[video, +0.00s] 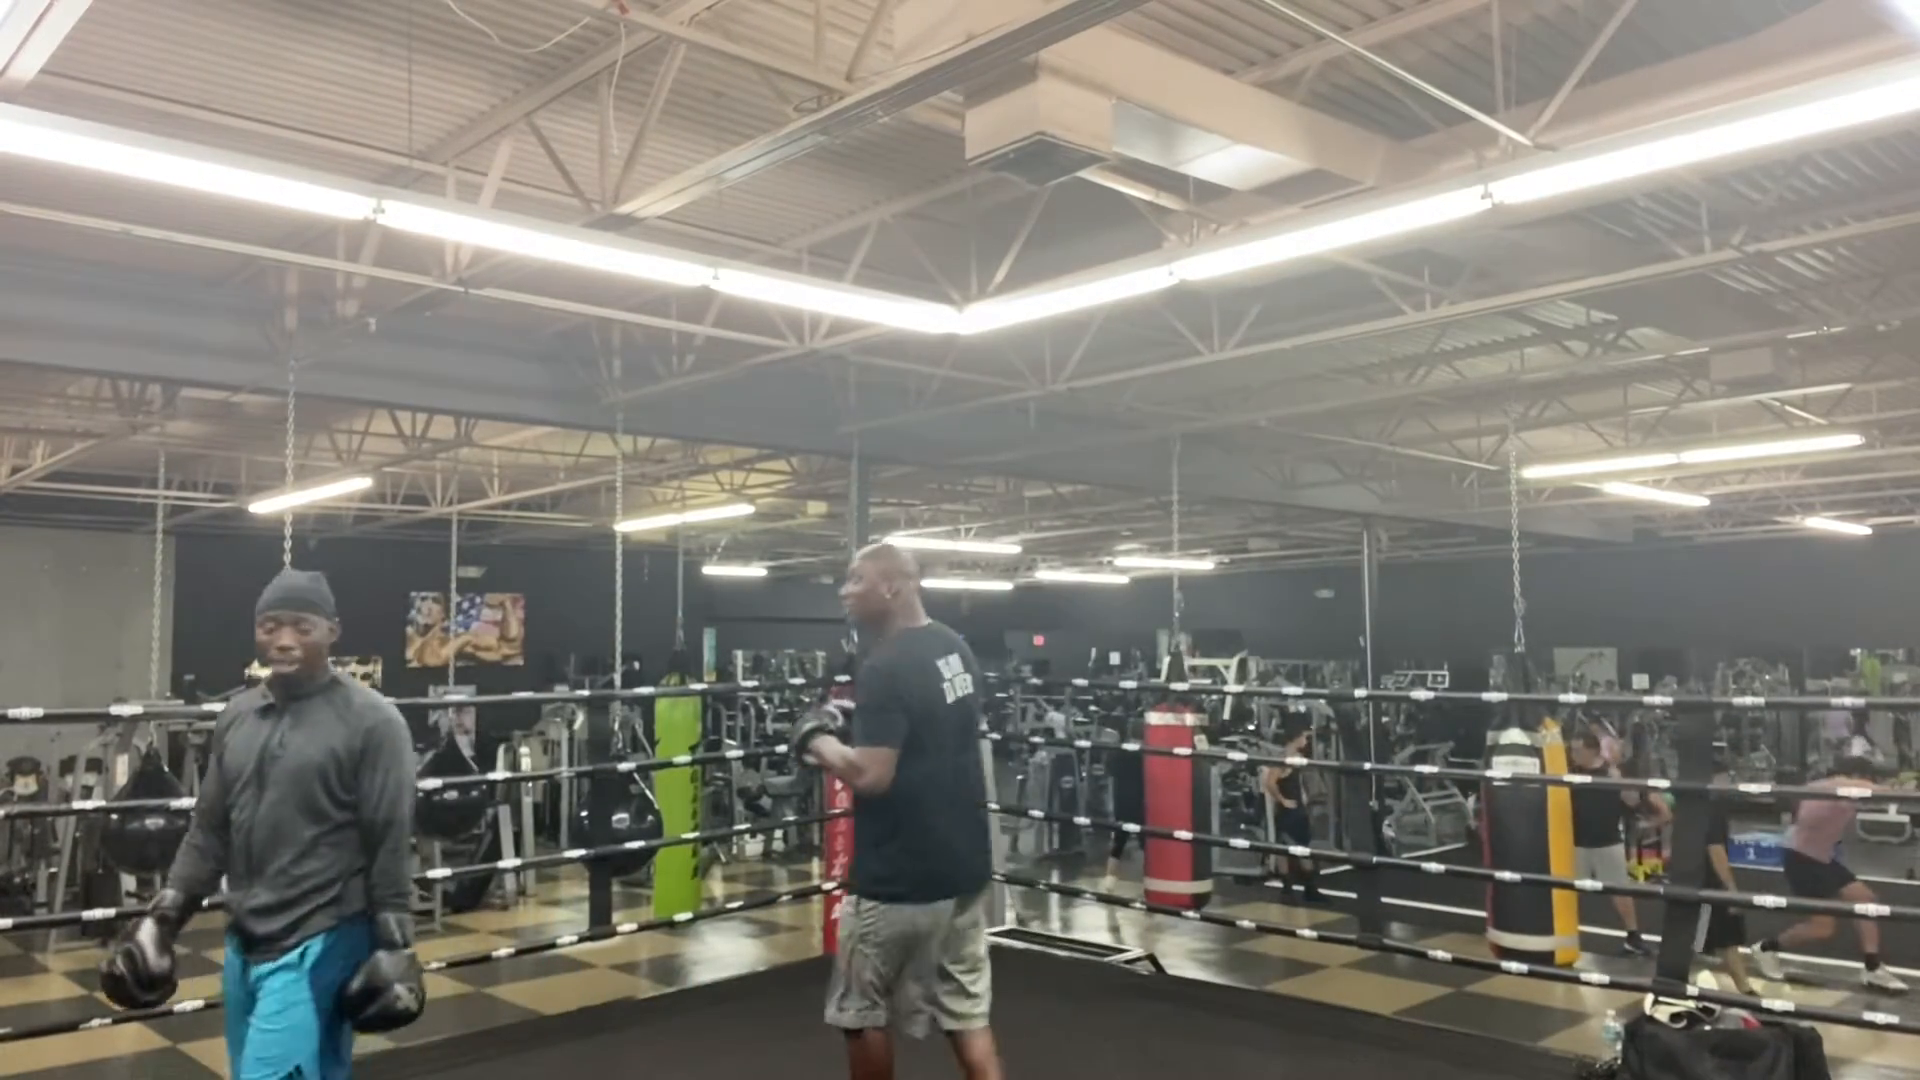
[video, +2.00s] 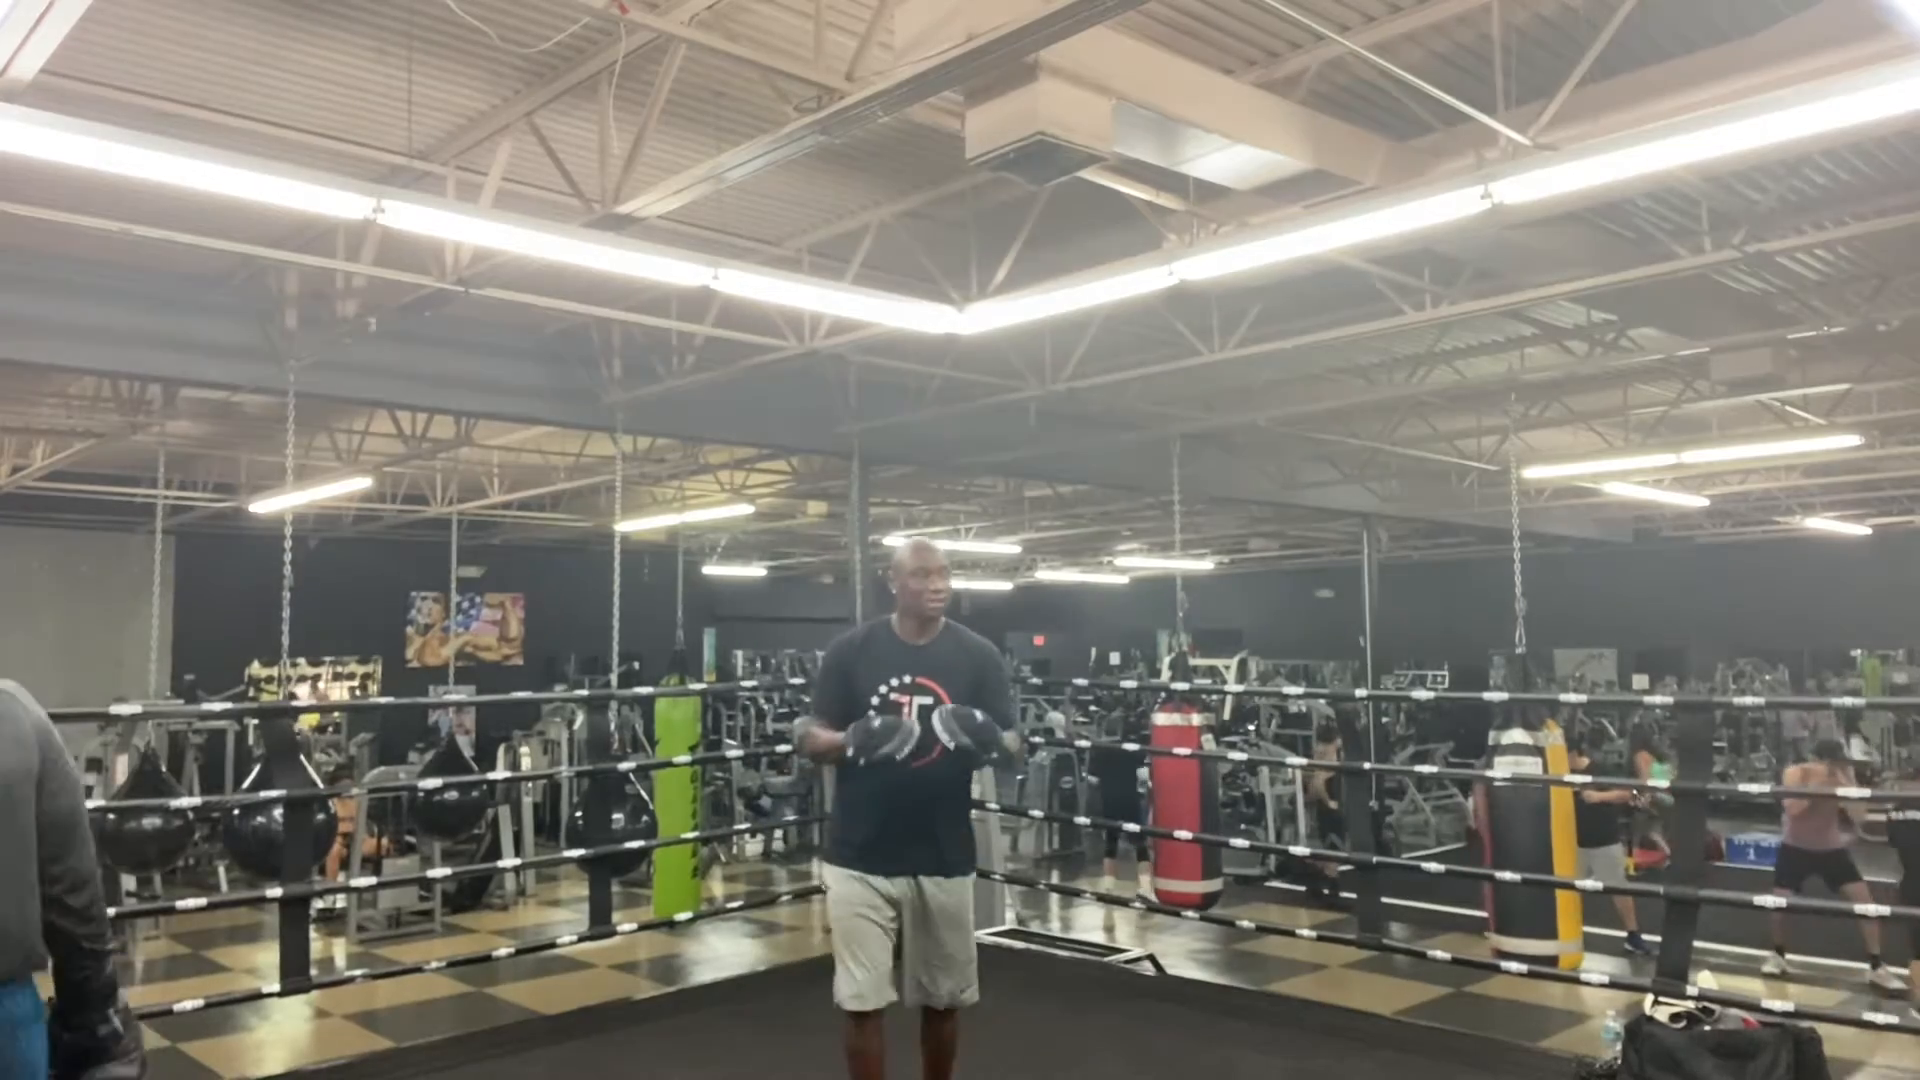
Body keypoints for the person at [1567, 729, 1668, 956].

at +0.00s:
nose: (1572, 754)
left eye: (1577, 750)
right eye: (1571, 750)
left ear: (1592, 750)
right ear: (1571, 751)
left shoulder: (1609, 773)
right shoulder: (1570, 774)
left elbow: (1631, 799)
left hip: (1608, 842)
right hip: (1576, 841)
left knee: (1620, 891)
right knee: (1567, 892)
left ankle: (1633, 935)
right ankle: (1565, 940)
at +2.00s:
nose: (1564, 761)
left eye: (1567, 756)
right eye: (1562, 757)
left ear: (1578, 754)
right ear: (1561, 757)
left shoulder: (1600, 770)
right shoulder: (1557, 777)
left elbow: (1627, 793)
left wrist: (1599, 796)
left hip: (1604, 840)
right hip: (1573, 843)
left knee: (1620, 889)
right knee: (1566, 892)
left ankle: (1633, 934)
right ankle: (1563, 937)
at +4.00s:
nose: (1604, 760)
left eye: (1606, 755)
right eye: (1599, 755)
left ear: (1608, 755)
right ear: (1583, 753)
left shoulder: (1606, 774)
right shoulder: (1567, 774)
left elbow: (1610, 798)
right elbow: (1558, 797)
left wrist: (1626, 799)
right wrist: (1586, 795)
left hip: (1606, 841)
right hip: (1575, 842)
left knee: (1619, 889)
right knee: (1569, 891)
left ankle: (1633, 934)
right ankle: (1565, 933)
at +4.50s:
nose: (1583, 757)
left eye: (1588, 752)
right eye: (1582, 752)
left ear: (1602, 753)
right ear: (1580, 751)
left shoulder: (1617, 775)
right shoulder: (1568, 772)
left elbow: (1637, 794)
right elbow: (1553, 797)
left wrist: (1630, 803)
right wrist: (1566, 811)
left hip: (1610, 841)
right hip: (1576, 841)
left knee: (1621, 890)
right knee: (1571, 890)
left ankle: (1633, 934)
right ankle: (1566, 931)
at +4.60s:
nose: (1575, 752)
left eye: (1580, 747)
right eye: (1575, 747)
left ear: (1596, 750)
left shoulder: (1615, 774)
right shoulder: (1567, 773)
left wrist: (1627, 805)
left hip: (1608, 841)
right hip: (1575, 842)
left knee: (1620, 890)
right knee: (1571, 890)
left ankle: (1633, 934)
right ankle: (1564, 932)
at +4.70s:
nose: (1576, 753)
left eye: (1580, 749)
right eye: (1579, 749)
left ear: (1593, 750)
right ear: (1575, 751)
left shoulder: (1615, 774)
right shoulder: (1568, 775)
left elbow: (1637, 800)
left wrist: (1613, 805)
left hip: (1608, 841)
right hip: (1575, 841)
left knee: (1620, 890)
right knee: (1569, 892)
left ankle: (1633, 935)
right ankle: (1561, 935)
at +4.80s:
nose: (1589, 760)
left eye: (1594, 755)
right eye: (1585, 754)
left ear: (1599, 754)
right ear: (1576, 751)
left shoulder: (1613, 774)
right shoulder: (1567, 773)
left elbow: (1634, 802)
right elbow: (1584, 805)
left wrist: (1608, 805)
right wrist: (1621, 803)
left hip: (1608, 841)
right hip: (1575, 841)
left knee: (1620, 890)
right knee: (1569, 891)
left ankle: (1633, 934)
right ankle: (1561, 934)